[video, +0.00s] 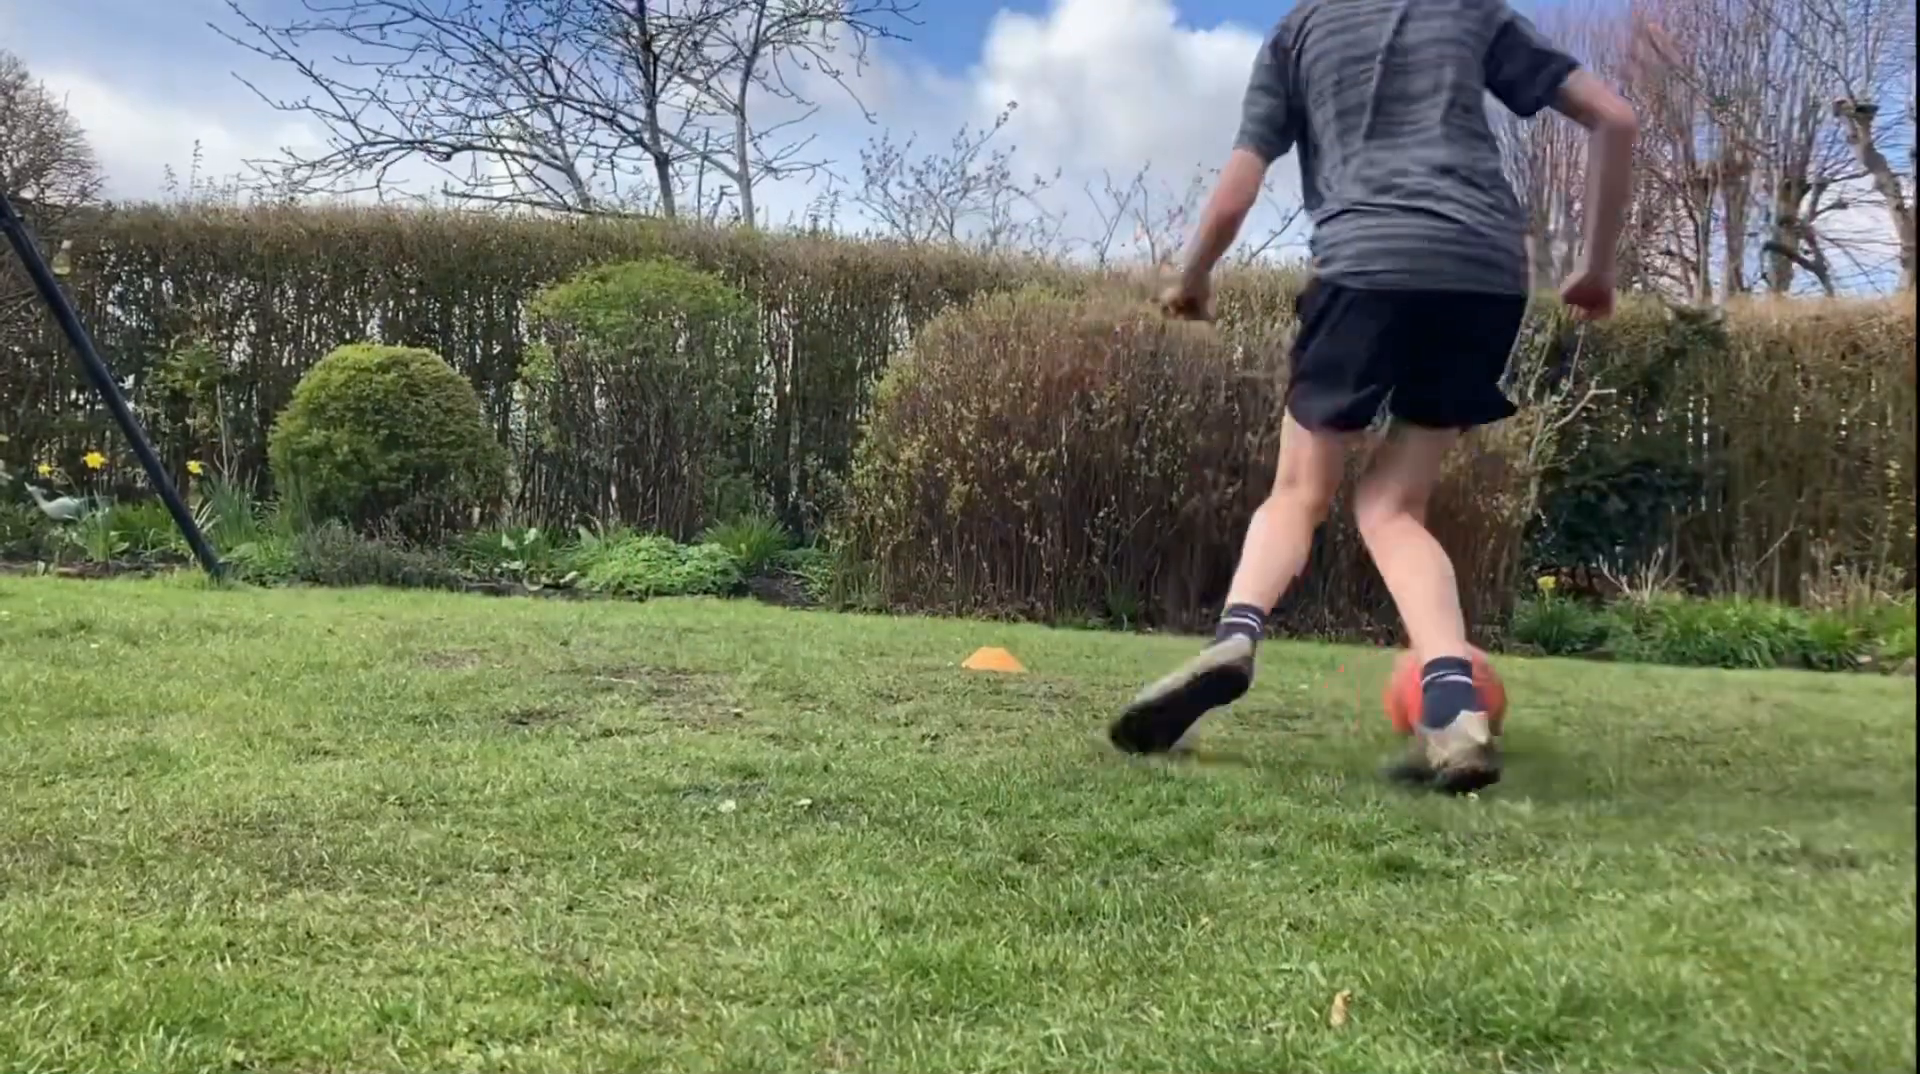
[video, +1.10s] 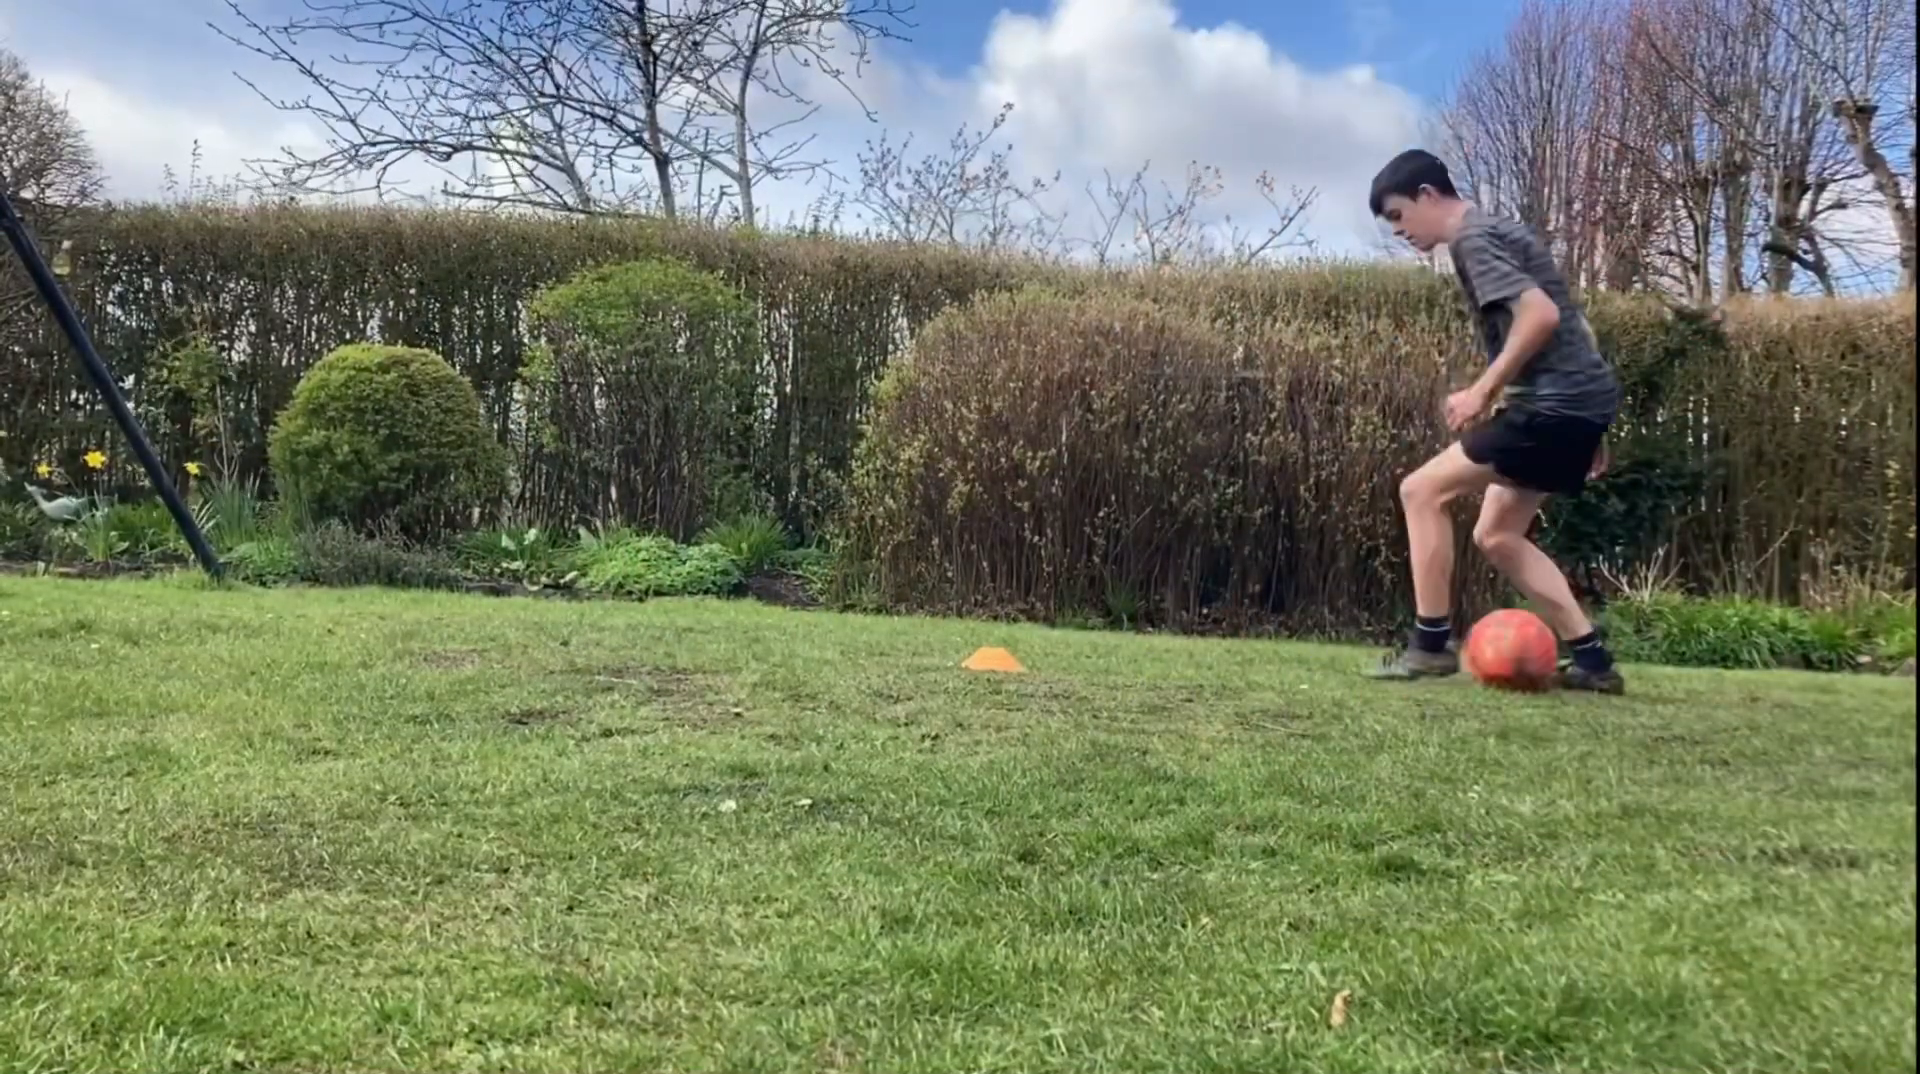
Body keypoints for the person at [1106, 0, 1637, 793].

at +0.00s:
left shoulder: (1300, 28)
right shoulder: (1475, 12)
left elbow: (1229, 203)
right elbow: (1617, 118)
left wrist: (1193, 282)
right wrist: (1598, 266)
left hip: (1362, 273)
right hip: (1485, 279)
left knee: (1298, 490)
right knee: (1395, 508)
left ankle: (1235, 635)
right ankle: (1456, 712)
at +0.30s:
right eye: (1449, 10)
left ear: (1379, 4)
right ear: (1448, 4)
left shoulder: (1338, 64)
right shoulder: (1482, 54)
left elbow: (1280, 182)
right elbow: (1582, 177)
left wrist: (1315, 254)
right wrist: (1516, 199)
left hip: (1360, 289)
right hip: (1464, 290)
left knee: (1366, 500)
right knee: (1443, 475)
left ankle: (1340, 630)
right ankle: (1443, 621)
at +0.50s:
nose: (1465, 82)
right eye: (1468, 71)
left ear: (1403, 69)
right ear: (1466, 67)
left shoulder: (1367, 122)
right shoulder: (1493, 118)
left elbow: (1328, 199)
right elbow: (1594, 204)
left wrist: (1315, 315)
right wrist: (1549, 251)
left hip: (1376, 326)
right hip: (1468, 323)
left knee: (1394, 463)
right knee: (1491, 494)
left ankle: (1373, 618)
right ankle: (1448, 623)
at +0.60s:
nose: (1453, 120)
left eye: (1402, 115)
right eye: (1457, 110)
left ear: (1397, 114)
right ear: (1460, 107)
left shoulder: (1364, 164)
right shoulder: (1495, 157)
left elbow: (1321, 249)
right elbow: (1612, 214)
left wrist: (1300, 344)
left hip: (1395, 365)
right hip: (1483, 358)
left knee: (1398, 503)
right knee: (1506, 497)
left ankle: (1404, 656)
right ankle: (1523, 570)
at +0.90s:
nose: (1392, 200)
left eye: (1388, 189)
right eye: (1390, 190)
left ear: (1398, 178)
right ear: (1442, 163)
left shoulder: (1399, 227)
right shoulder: (1502, 193)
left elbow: (1399, 339)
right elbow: (1584, 253)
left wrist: (1417, 318)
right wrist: (1638, 342)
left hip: (1492, 382)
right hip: (1564, 375)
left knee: (1414, 478)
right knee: (1482, 481)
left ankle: (1420, 637)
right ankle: (1576, 602)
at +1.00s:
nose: (1399, 236)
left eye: (1392, 221)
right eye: (1390, 227)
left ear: (1411, 197)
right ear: (1440, 192)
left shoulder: (1437, 243)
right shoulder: (1519, 228)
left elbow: (1477, 335)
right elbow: (1599, 299)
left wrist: (1437, 381)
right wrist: (1634, 399)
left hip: (1523, 407)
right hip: (1580, 408)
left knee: (1416, 491)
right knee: (1508, 535)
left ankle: (1430, 653)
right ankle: (1595, 661)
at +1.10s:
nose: (1401, 234)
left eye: (1398, 218)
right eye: (1393, 225)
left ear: (1429, 194)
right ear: (1434, 197)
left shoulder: (1474, 239)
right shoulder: (1500, 231)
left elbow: (1540, 313)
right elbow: (1565, 329)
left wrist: (1480, 391)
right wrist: (1587, 428)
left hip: (1553, 411)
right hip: (1578, 411)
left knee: (1421, 490)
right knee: (1499, 536)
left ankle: (1431, 647)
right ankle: (1591, 659)